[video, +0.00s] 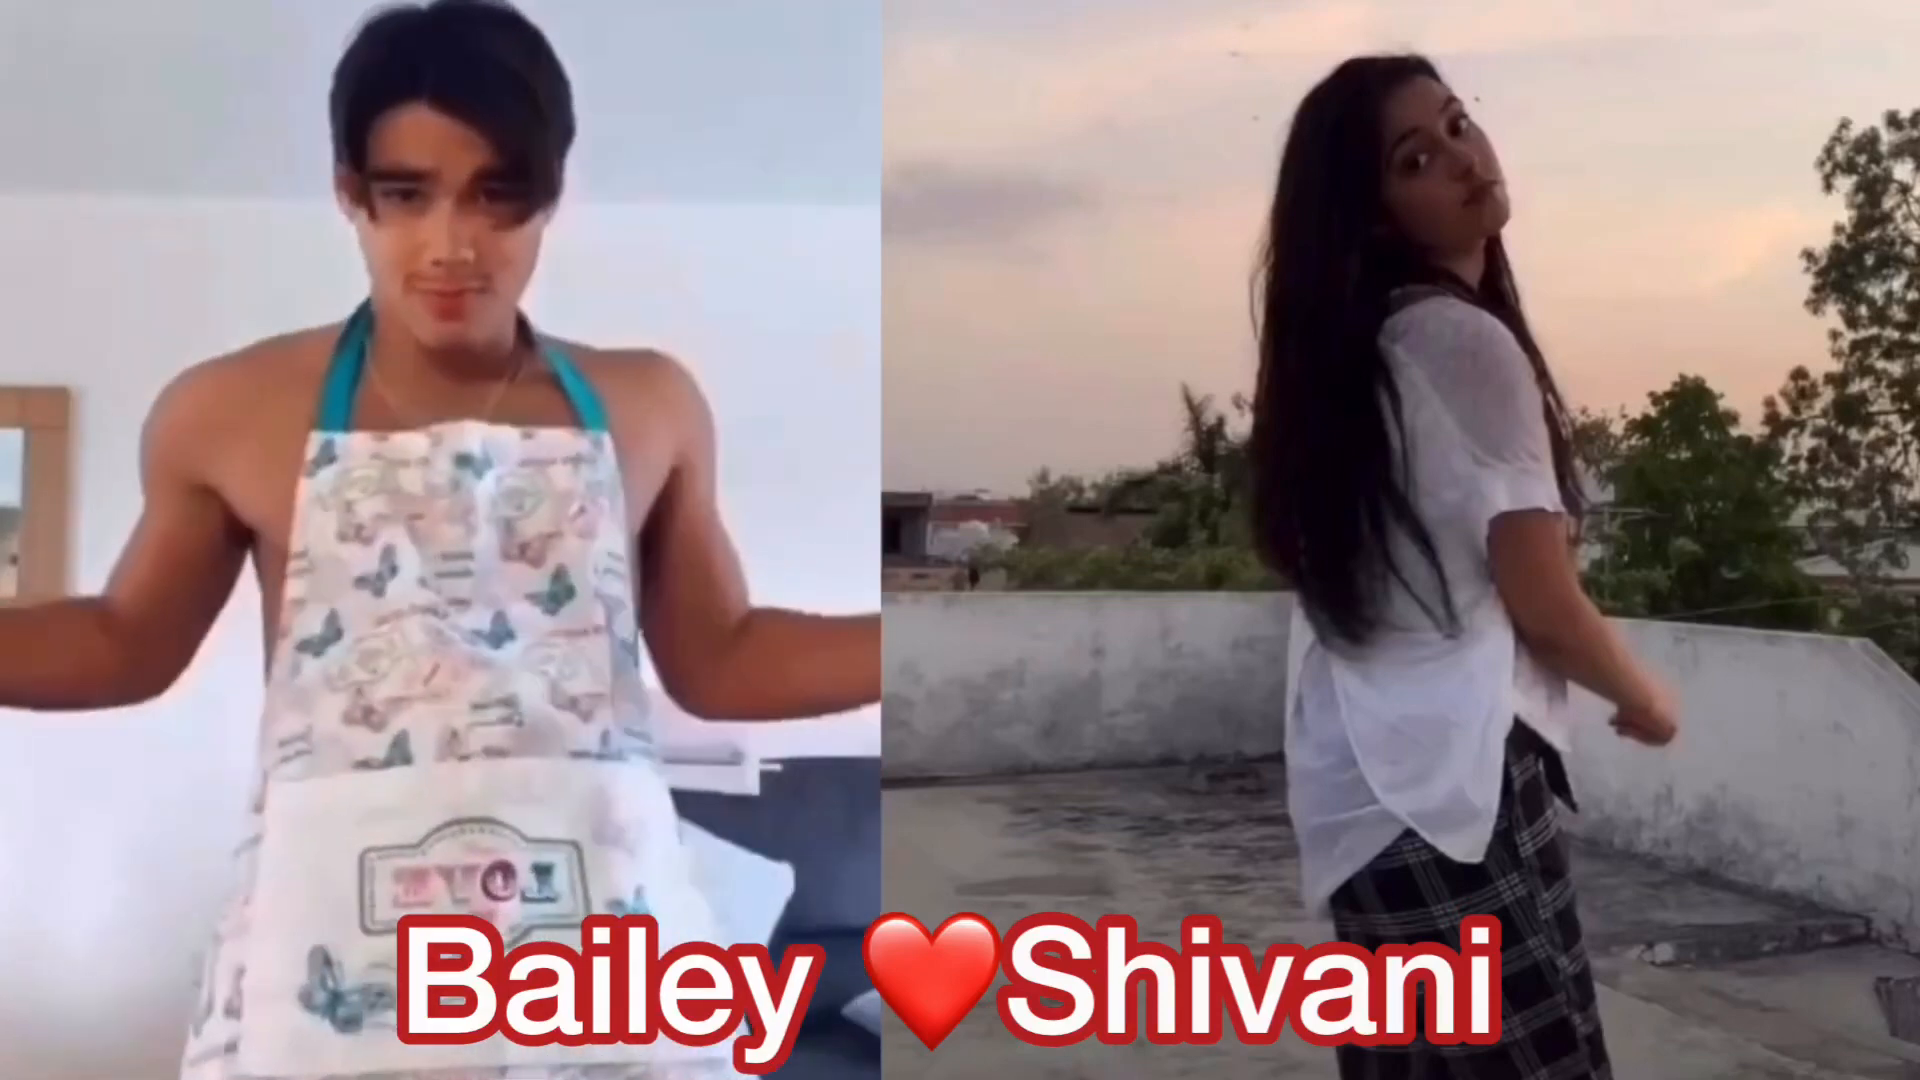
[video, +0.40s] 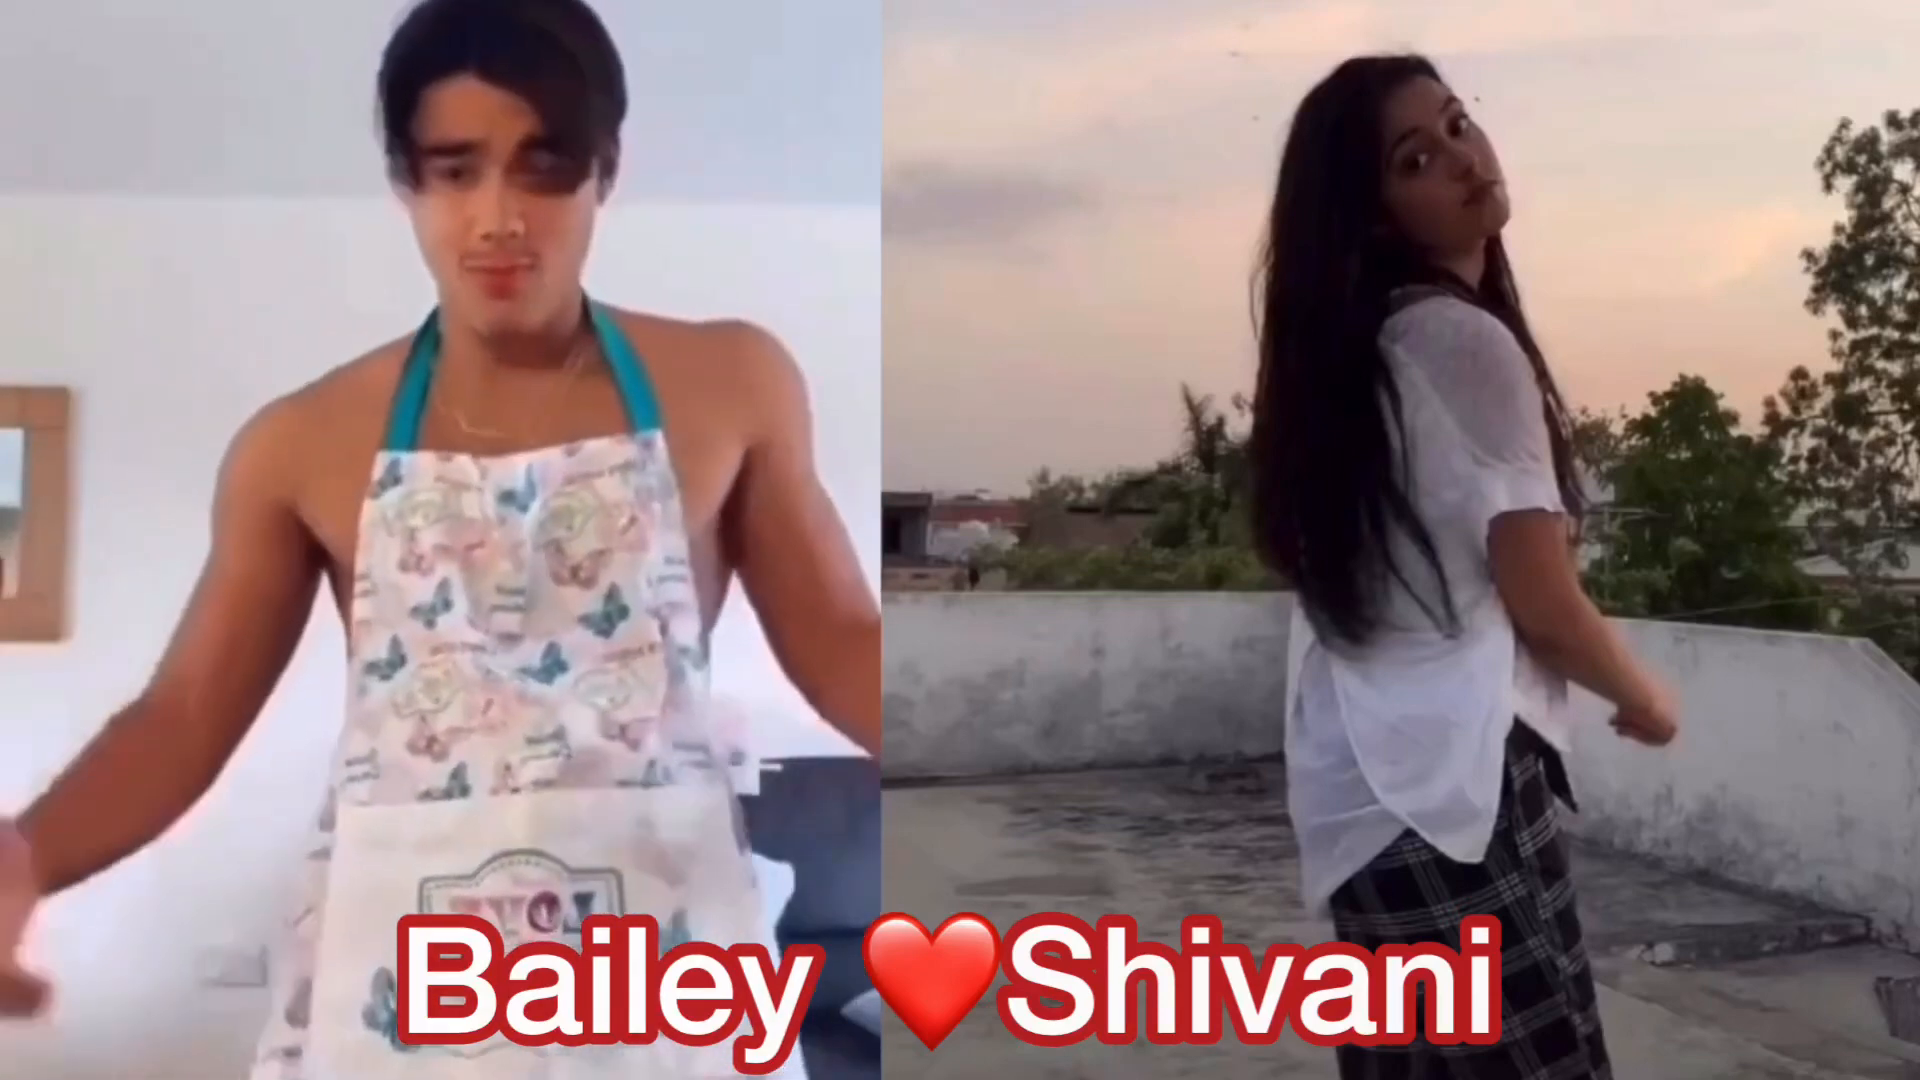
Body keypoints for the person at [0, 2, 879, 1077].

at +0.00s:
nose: (450, 247)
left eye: (498, 198)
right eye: (404, 196)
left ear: (553, 201)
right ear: (351, 199)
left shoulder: (648, 407)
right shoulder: (230, 417)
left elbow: (719, 661)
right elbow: (126, 643)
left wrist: (967, 639)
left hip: (606, 937)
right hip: (333, 948)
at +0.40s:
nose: (497, 219)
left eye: (542, 169)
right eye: (454, 170)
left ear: (604, 177)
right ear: (404, 187)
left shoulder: (731, 388)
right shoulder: (305, 444)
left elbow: (855, 664)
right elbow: (180, 721)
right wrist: (28, 855)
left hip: (667, 935)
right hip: (402, 946)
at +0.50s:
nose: (546, 214)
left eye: (594, 164)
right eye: (502, 168)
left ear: (652, 173)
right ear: (451, 178)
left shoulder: (771, 387)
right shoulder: (354, 436)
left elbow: (888, 693)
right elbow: (242, 713)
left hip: (701, 933)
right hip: (439, 945)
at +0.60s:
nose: (577, 209)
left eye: (623, 159)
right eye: (531, 163)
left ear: (679, 170)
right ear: (481, 172)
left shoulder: (790, 386)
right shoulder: (377, 420)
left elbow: (851, 689)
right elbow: (285, 715)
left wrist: (867, 937)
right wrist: (268, 968)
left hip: (715, 918)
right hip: (451, 923)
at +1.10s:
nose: (517, 272)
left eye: (561, 231)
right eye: (477, 227)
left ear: (606, 249)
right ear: (421, 237)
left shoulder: (699, 461)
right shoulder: (297, 467)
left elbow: (811, 712)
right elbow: (255, 761)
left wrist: (736, 866)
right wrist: (294, 1038)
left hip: (630, 1002)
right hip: (375, 1002)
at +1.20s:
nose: (523, 279)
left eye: (567, 237)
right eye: (482, 234)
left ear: (615, 252)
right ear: (429, 242)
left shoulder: (712, 460)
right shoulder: (310, 472)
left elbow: (800, 686)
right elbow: (265, 768)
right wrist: (311, 1040)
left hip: (659, 1014)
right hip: (394, 1013)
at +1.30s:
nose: (536, 264)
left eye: (579, 221)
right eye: (494, 220)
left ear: (630, 235)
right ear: (444, 230)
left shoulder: (727, 434)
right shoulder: (324, 449)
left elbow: (761, 623)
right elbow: (276, 747)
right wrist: (320, 1025)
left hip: (683, 1007)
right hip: (415, 1008)